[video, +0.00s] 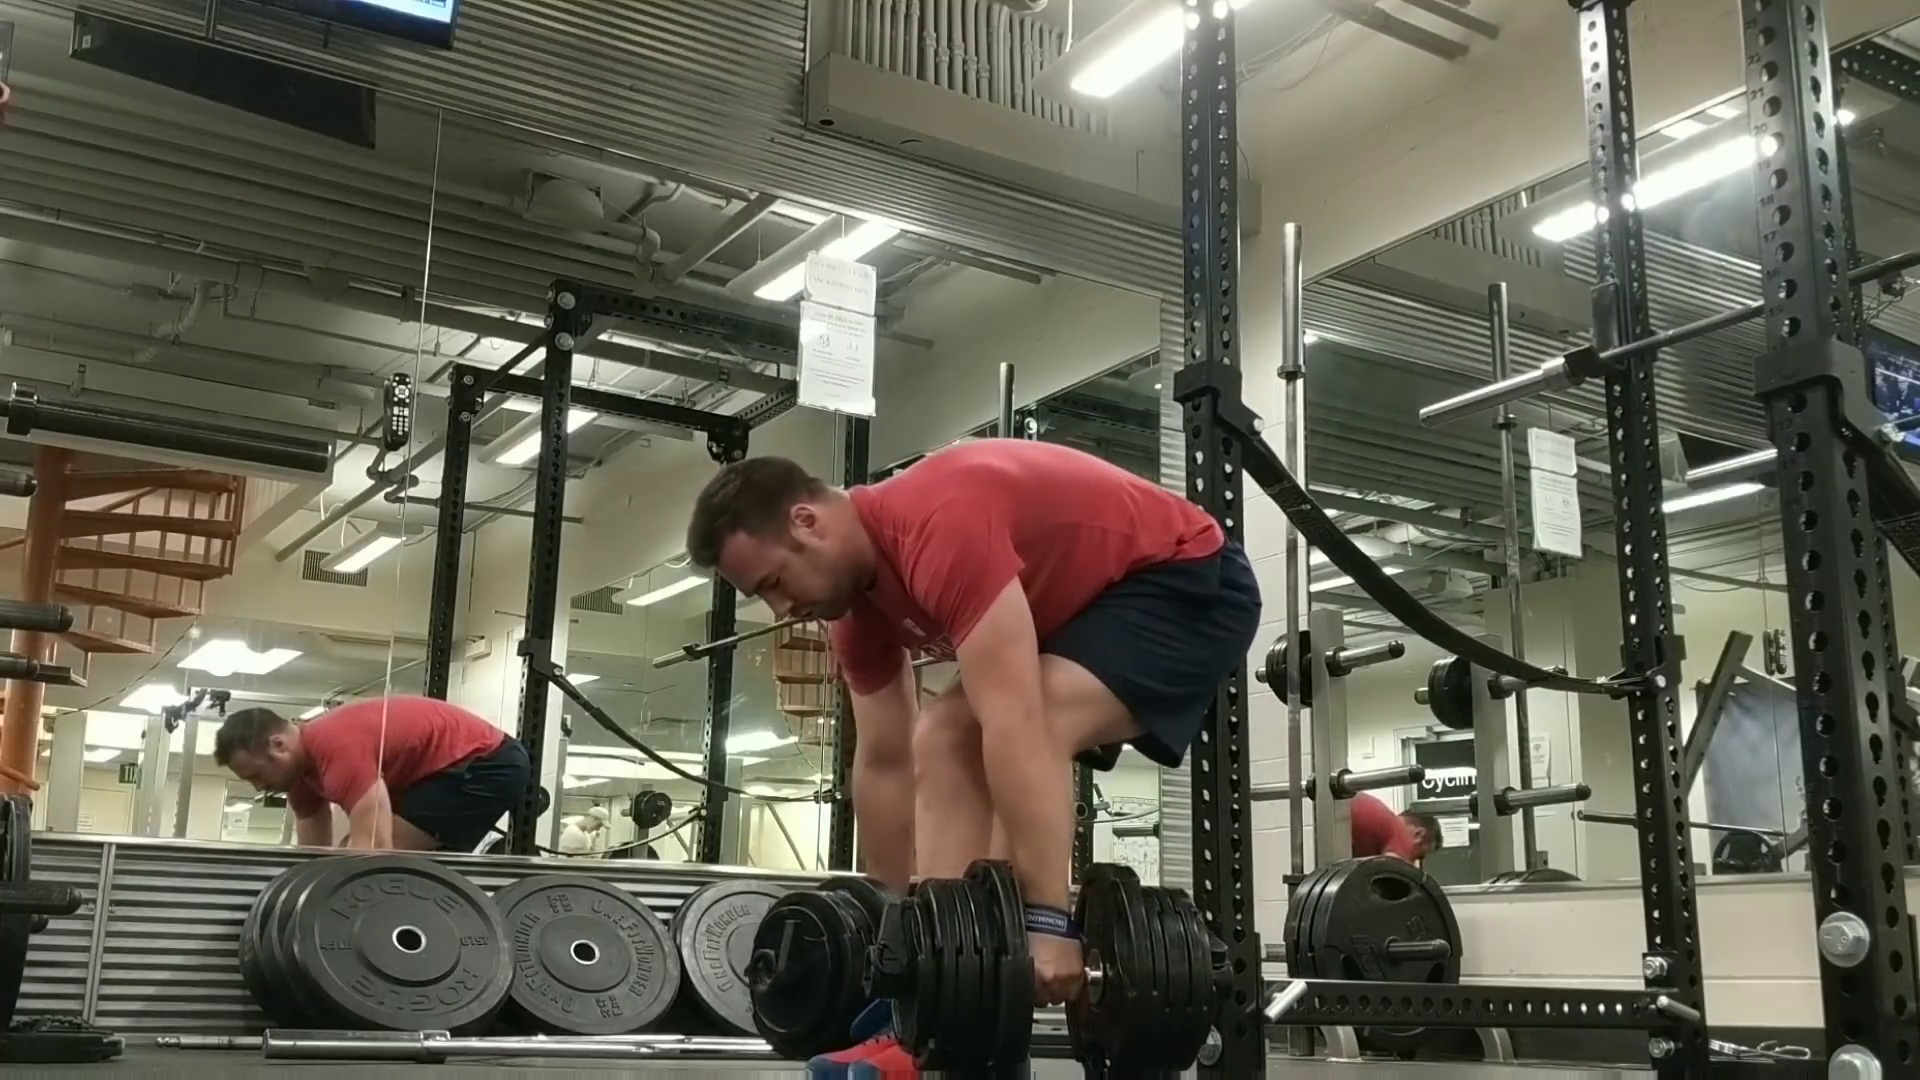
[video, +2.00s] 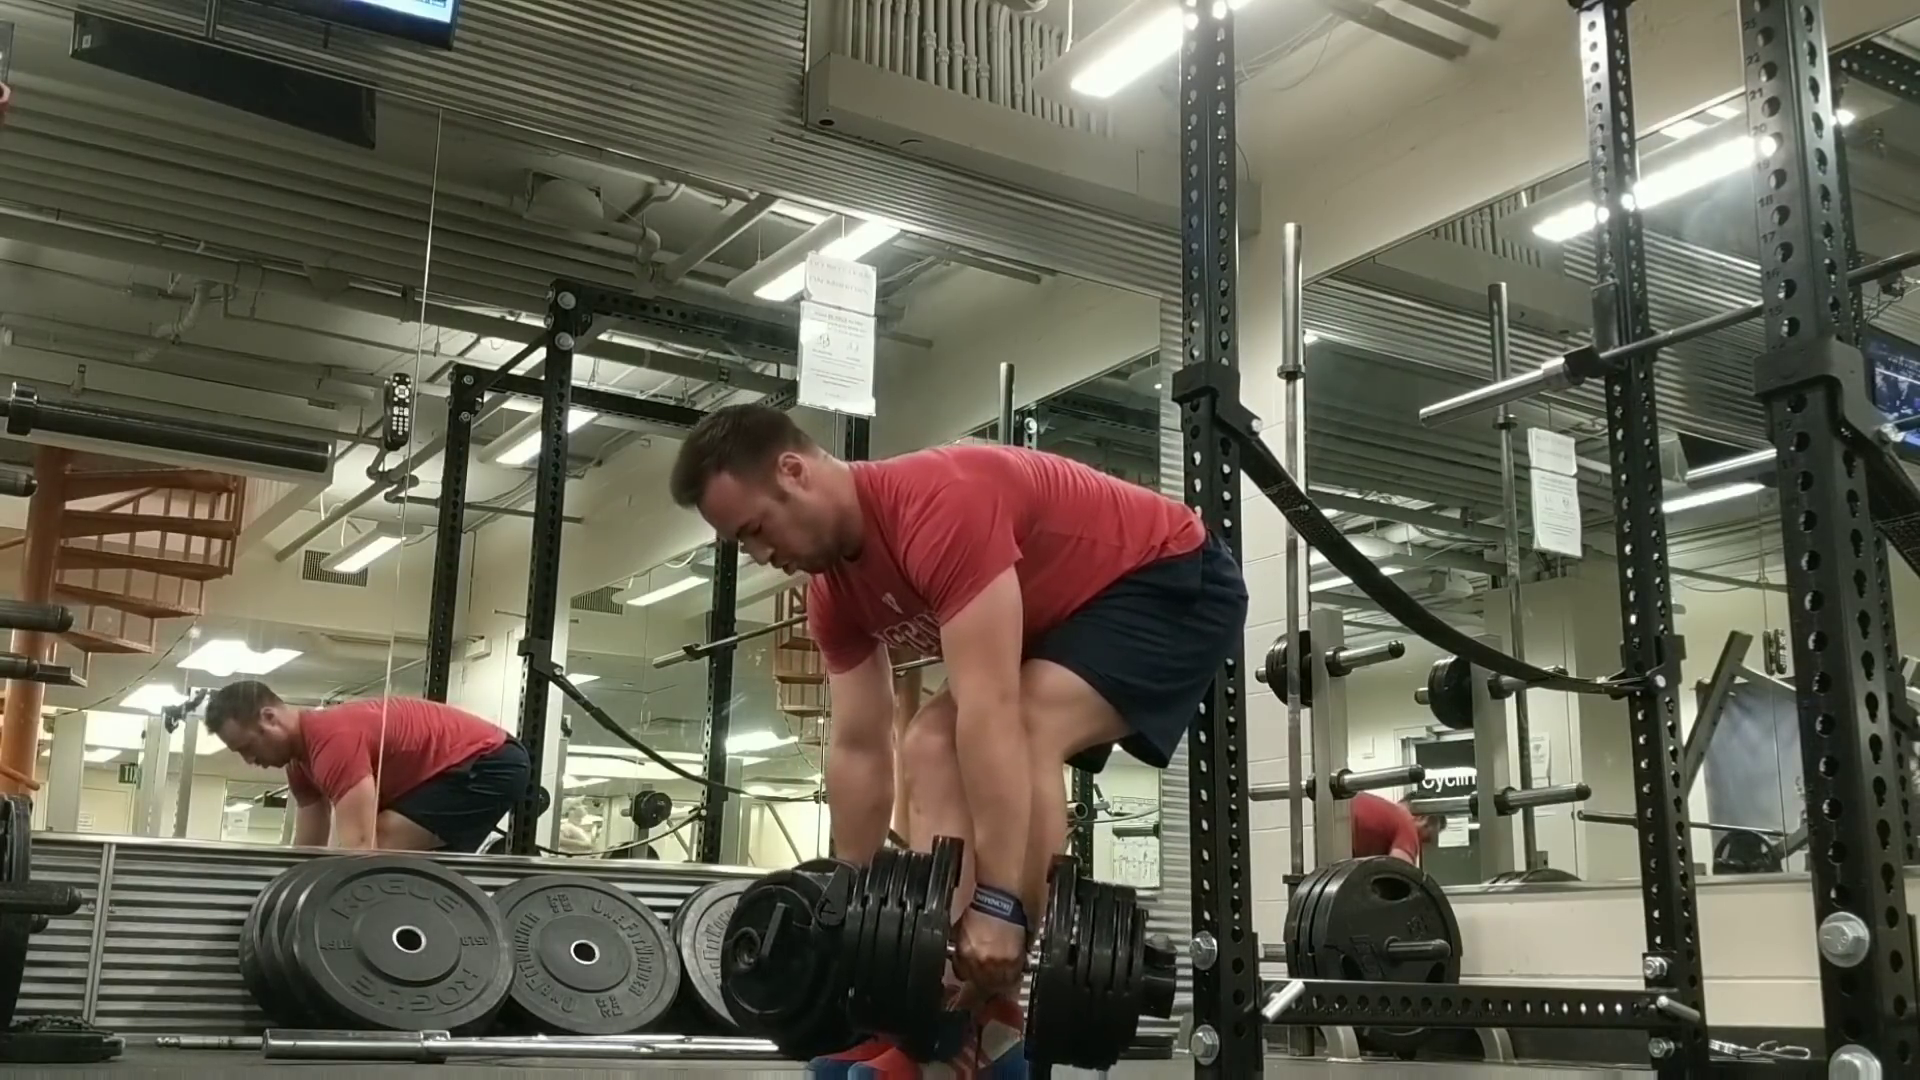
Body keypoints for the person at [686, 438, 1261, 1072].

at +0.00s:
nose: (778, 610)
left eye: (772, 584)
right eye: (761, 597)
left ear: (807, 523)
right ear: (806, 523)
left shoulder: (947, 525)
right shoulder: (859, 608)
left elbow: (1018, 722)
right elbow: (883, 764)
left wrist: (1049, 920)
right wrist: (886, 944)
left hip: (1186, 584)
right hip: (1082, 613)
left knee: (1021, 728)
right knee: (944, 730)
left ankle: (976, 1025)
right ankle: (918, 1007)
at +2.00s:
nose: (757, 557)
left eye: (755, 530)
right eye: (742, 545)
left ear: (797, 470)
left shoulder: (944, 505)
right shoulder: (837, 591)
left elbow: (992, 703)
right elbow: (858, 746)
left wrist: (1001, 905)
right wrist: (850, 912)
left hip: (1169, 581)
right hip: (1062, 615)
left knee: (1021, 725)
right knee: (929, 738)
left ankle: (994, 1024)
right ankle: (927, 1021)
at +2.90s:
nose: (846, 467)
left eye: (835, 450)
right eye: (829, 463)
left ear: (840, 384)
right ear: (838, 386)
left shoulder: (987, 370)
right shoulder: (870, 459)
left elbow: (1143, 467)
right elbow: (949, 560)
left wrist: (1141, 628)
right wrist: (925, 676)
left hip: (1160, 571)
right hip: (1054, 595)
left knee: (1007, 737)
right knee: (943, 732)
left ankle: (991, 1017)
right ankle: (941, 1001)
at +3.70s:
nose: (782, 494)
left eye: (776, 469)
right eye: (764, 484)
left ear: (809, 405)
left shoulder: (962, 439)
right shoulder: (848, 524)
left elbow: (1007, 632)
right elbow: (863, 685)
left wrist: (1012, 811)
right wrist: (853, 850)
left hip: (1167, 575)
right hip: (1062, 603)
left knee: (1010, 735)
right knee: (937, 738)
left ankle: (993, 1017)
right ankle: (946, 997)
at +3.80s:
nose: (770, 508)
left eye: (766, 482)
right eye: (753, 497)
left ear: (803, 420)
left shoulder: (955, 460)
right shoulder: (846, 543)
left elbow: (994, 655)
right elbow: (856, 704)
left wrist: (995, 842)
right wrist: (843, 863)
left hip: (1166, 579)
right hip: (1062, 611)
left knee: (1002, 738)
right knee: (935, 737)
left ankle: (991, 1019)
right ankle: (932, 1009)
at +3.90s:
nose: (765, 518)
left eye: (762, 492)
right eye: (748, 507)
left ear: (802, 432)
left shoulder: (949, 475)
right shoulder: (846, 557)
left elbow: (986, 674)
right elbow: (854, 718)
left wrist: (987, 869)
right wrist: (842, 877)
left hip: (1166, 578)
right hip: (1061, 613)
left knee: (1009, 730)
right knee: (933, 736)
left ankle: (991, 1028)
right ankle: (934, 1017)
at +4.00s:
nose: (764, 525)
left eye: (762, 499)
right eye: (748, 515)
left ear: (803, 439)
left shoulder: (952, 483)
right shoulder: (845, 566)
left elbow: (985, 687)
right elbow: (854, 723)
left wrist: (985, 879)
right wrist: (845, 884)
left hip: (1167, 580)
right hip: (1061, 615)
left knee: (1015, 726)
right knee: (933, 737)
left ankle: (991, 1029)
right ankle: (935, 1018)